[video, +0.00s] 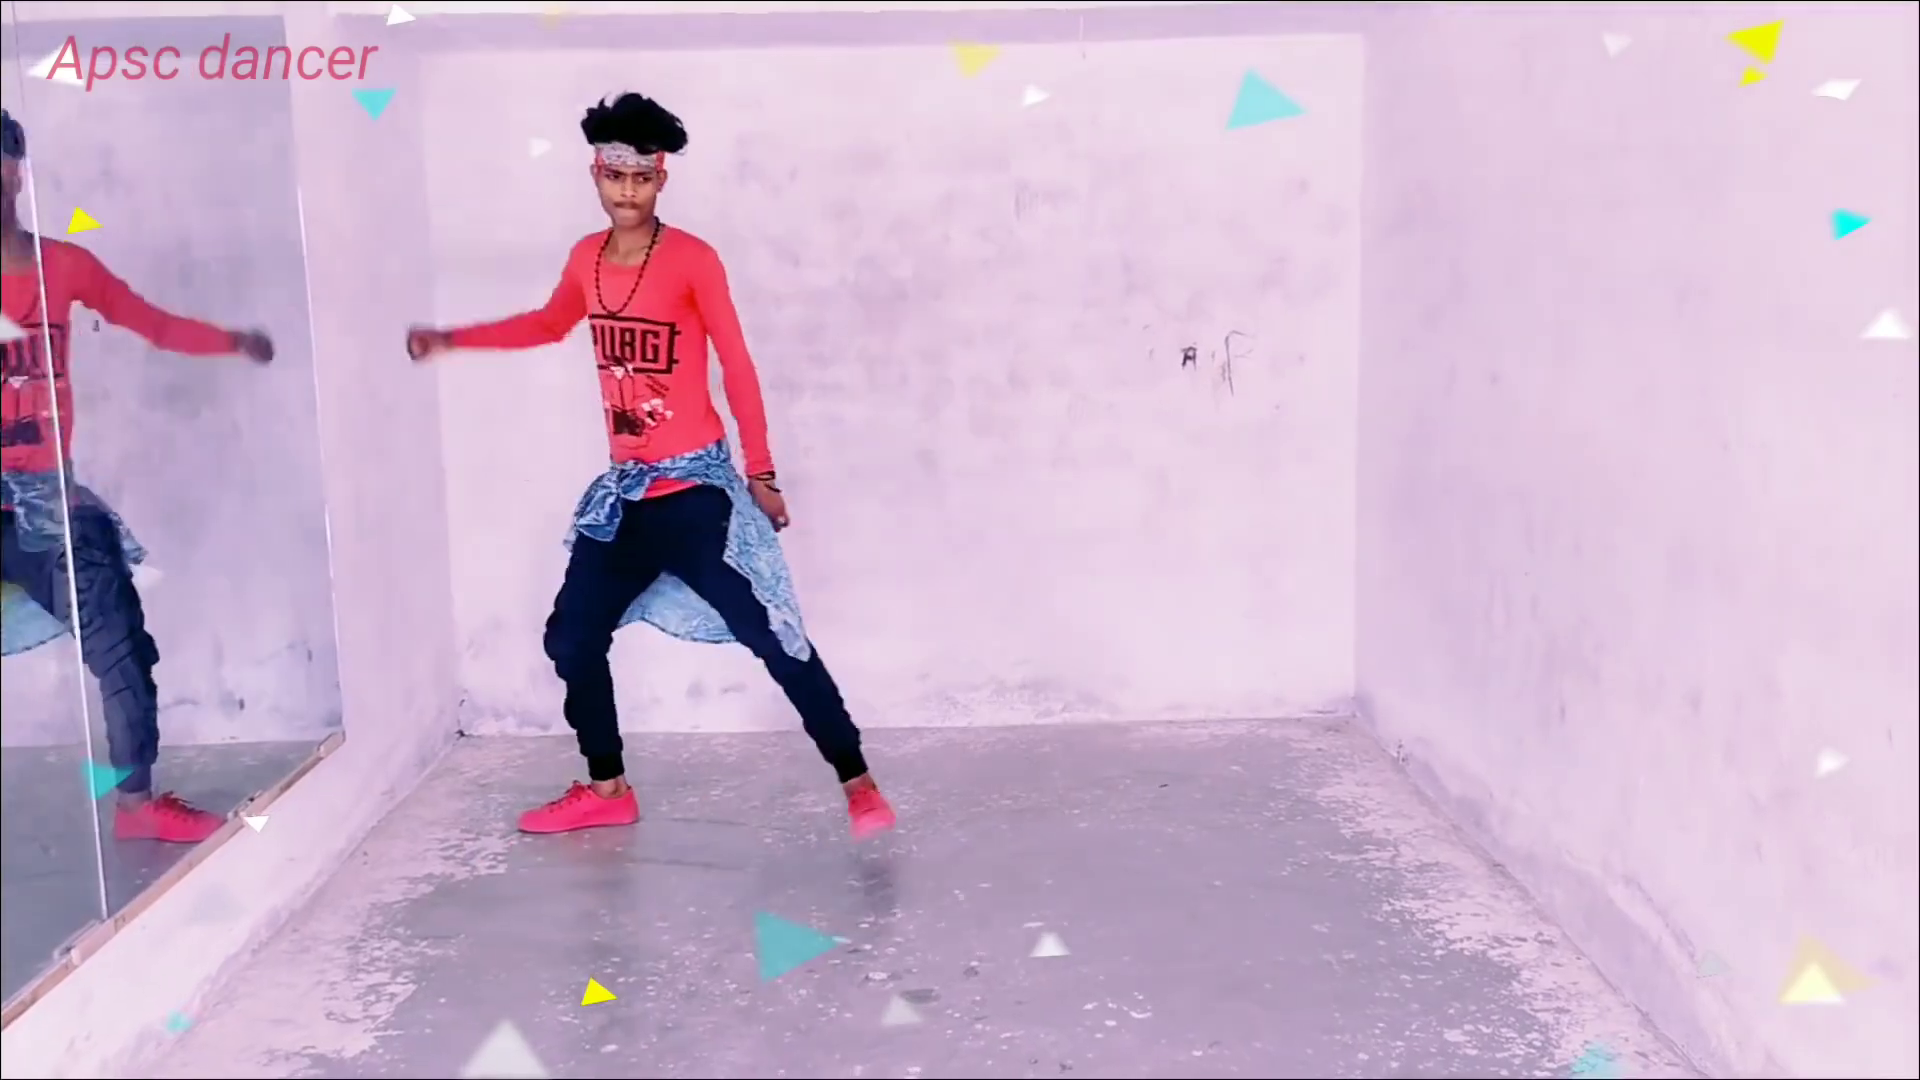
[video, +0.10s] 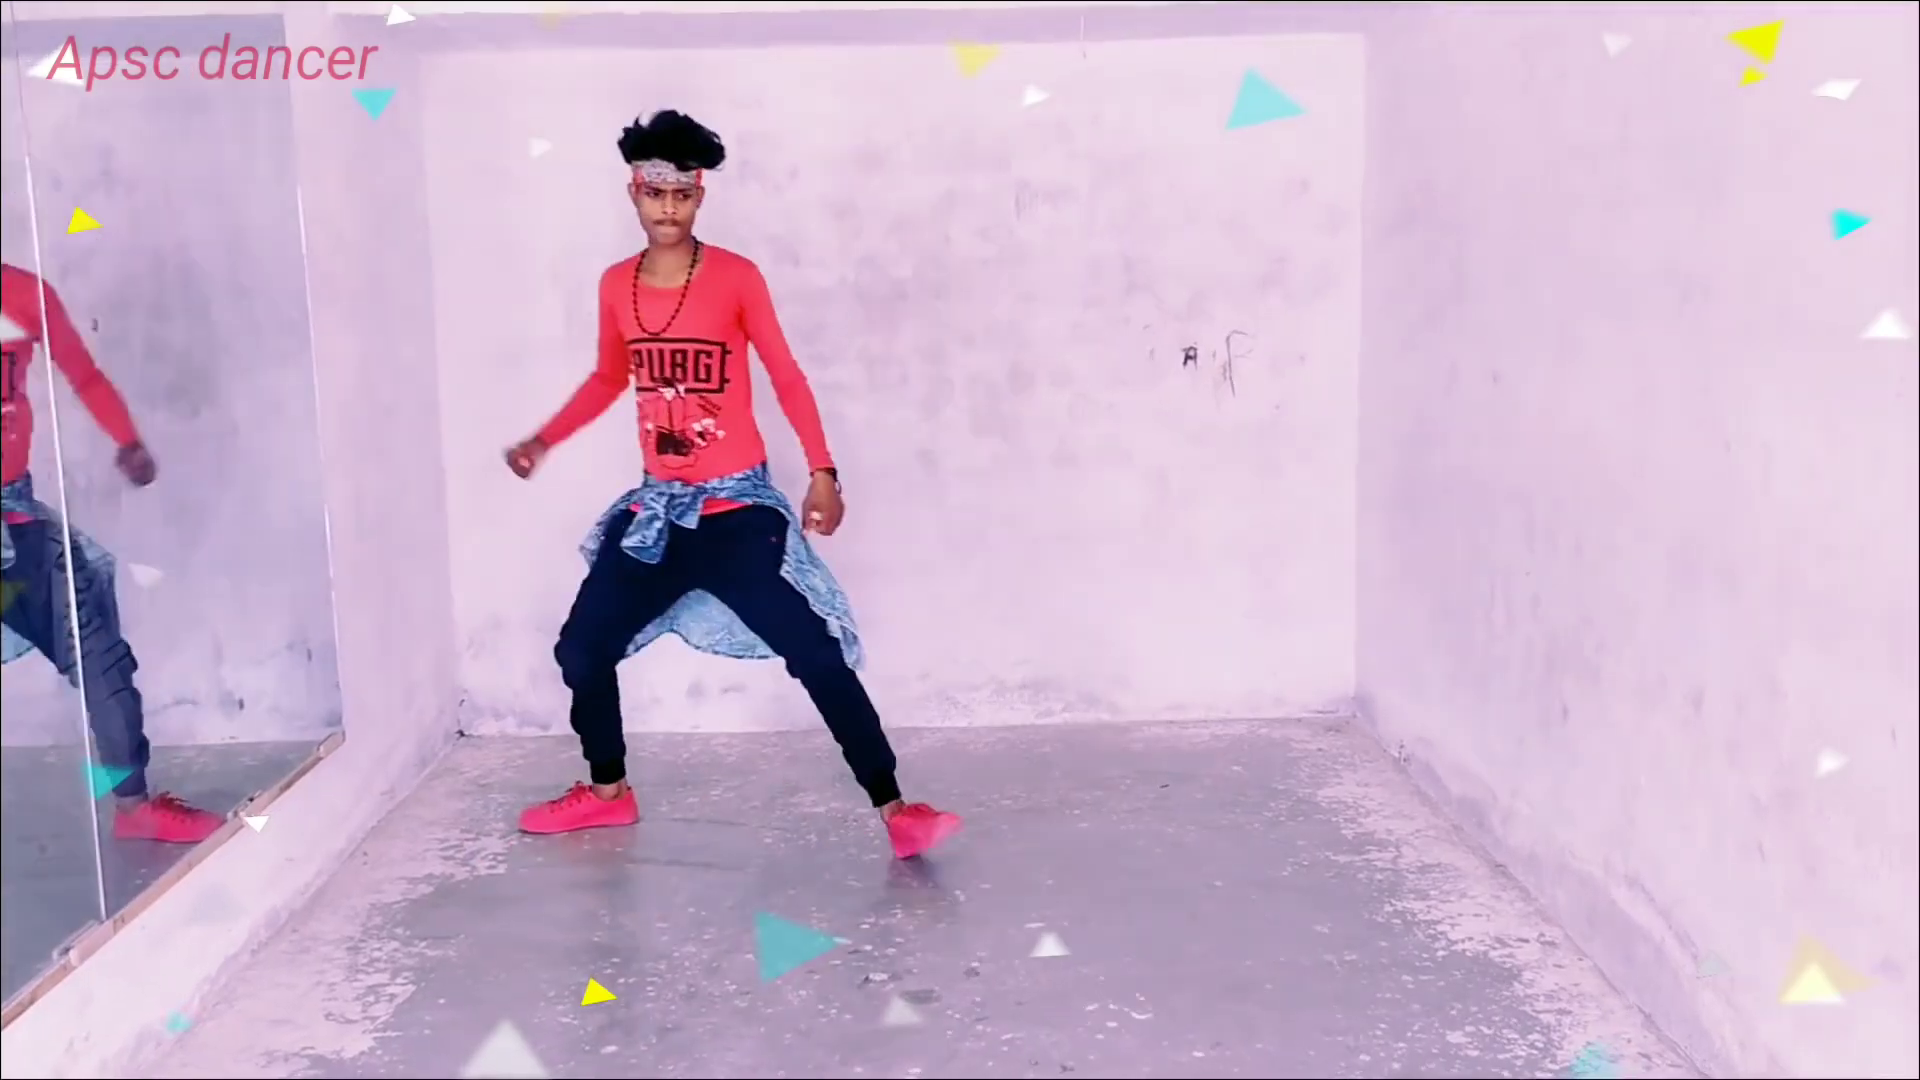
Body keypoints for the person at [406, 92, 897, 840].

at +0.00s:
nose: (627, 190)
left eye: (641, 175)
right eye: (613, 174)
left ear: (663, 180)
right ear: (595, 180)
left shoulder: (693, 262)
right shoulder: (587, 259)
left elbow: (737, 364)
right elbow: (550, 324)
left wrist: (760, 470)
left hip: (702, 486)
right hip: (626, 491)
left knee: (771, 631)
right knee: (572, 637)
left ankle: (858, 782)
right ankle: (607, 788)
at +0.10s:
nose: (666, 206)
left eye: (681, 190)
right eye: (651, 190)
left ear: (702, 194)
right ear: (632, 196)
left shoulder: (737, 279)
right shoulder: (618, 284)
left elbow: (785, 377)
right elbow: (611, 375)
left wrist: (823, 470)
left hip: (738, 507)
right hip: (658, 510)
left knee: (810, 649)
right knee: (581, 651)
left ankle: (894, 808)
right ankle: (608, 789)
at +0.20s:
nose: (710, 225)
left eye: (724, 209)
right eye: (696, 209)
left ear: (740, 214)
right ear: (671, 214)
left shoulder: (780, 295)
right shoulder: (654, 312)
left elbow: (823, 391)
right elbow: (657, 418)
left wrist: (849, 457)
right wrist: (627, 468)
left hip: (789, 518)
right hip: (700, 526)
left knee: (866, 655)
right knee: (625, 669)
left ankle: (918, 822)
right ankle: (616, 798)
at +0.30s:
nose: (743, 243)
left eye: (755, 226)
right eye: (727, 226)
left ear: (772, 231)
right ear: (702, 231)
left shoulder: (809, 310)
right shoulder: (679, 328)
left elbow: (851, 417)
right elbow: (679, 441)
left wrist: (869, 451)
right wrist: (671, 472)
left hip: (825, 535)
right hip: (737, 542)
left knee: (892, 678)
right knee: (654, 687)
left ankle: (937, 828)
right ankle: (674, 813)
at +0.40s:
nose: (763, 248)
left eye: (775, 233)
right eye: (748, 234)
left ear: (792, 238)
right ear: (723, 240)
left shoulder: (833, 327)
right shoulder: (699, 341)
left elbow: (863, 430)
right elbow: (709, 446)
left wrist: (897, 511)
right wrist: (698, 526)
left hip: (836, 547)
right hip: (745, 554)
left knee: (917, 687)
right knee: (676, 705)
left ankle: (965, 831)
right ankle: (690, 821)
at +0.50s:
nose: (784, 259)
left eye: (796, 242)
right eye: (769, 244)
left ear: (812, 248)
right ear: (743, 249)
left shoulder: (853, 337)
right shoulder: (716, 350)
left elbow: (869, 440)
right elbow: (720, 446)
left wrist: (908, 522)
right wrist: (710, 530)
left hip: (847, 561)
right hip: (752, 566)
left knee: (944, 691)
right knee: (683, 721)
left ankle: (973, 835)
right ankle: (693, 825)